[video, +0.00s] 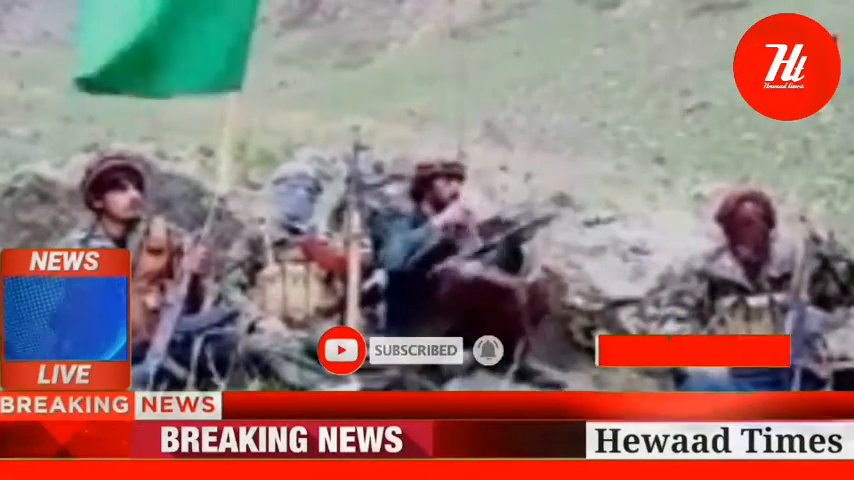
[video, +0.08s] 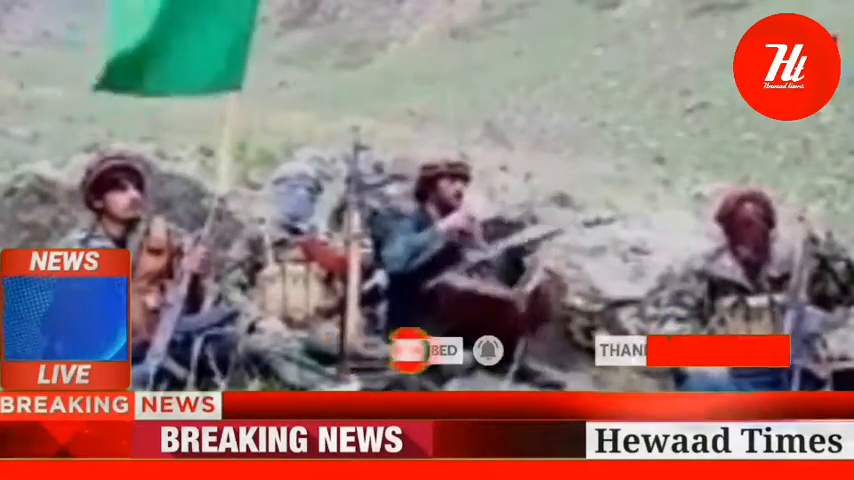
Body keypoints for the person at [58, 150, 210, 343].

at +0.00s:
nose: (135, 195)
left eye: (137, 187)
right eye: (121, 188)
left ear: (144, 193)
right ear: (97, 201)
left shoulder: (158, 241)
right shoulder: (74, 251)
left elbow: (190, 308)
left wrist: (195, 276)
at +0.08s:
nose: (135, 195)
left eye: (137, 187)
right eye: (121, 188)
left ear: (144, 193)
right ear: (97, 201)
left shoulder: (158, 241)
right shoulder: (74, 252)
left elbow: (190, 308)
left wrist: (196, 276)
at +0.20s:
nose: (135, 195)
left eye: (137, 187)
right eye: (121, 188)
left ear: (144, 193)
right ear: (97, 201)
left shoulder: (157, 242)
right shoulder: (74, 251)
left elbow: (190, 308)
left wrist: (195, 276)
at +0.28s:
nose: (135, 196)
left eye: (137, 187)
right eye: (121, 188)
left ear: (144, 194)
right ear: (97, 201)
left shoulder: (158, 242)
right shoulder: (74, 251)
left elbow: (190, 309)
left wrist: (194, 276)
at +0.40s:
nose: (135, 195)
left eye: (137, 187)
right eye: (121, 188)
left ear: (144, 194)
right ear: (97, 201)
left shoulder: (158, 242)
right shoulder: (74, 251)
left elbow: (189, 309)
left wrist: (195, 276)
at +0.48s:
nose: (135, 195)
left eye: (137, 187)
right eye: (121, 188)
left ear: (144, 194)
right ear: (97, 201)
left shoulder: (157, 243)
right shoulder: (74, 251)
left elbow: (190, 308)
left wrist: (195, 276)